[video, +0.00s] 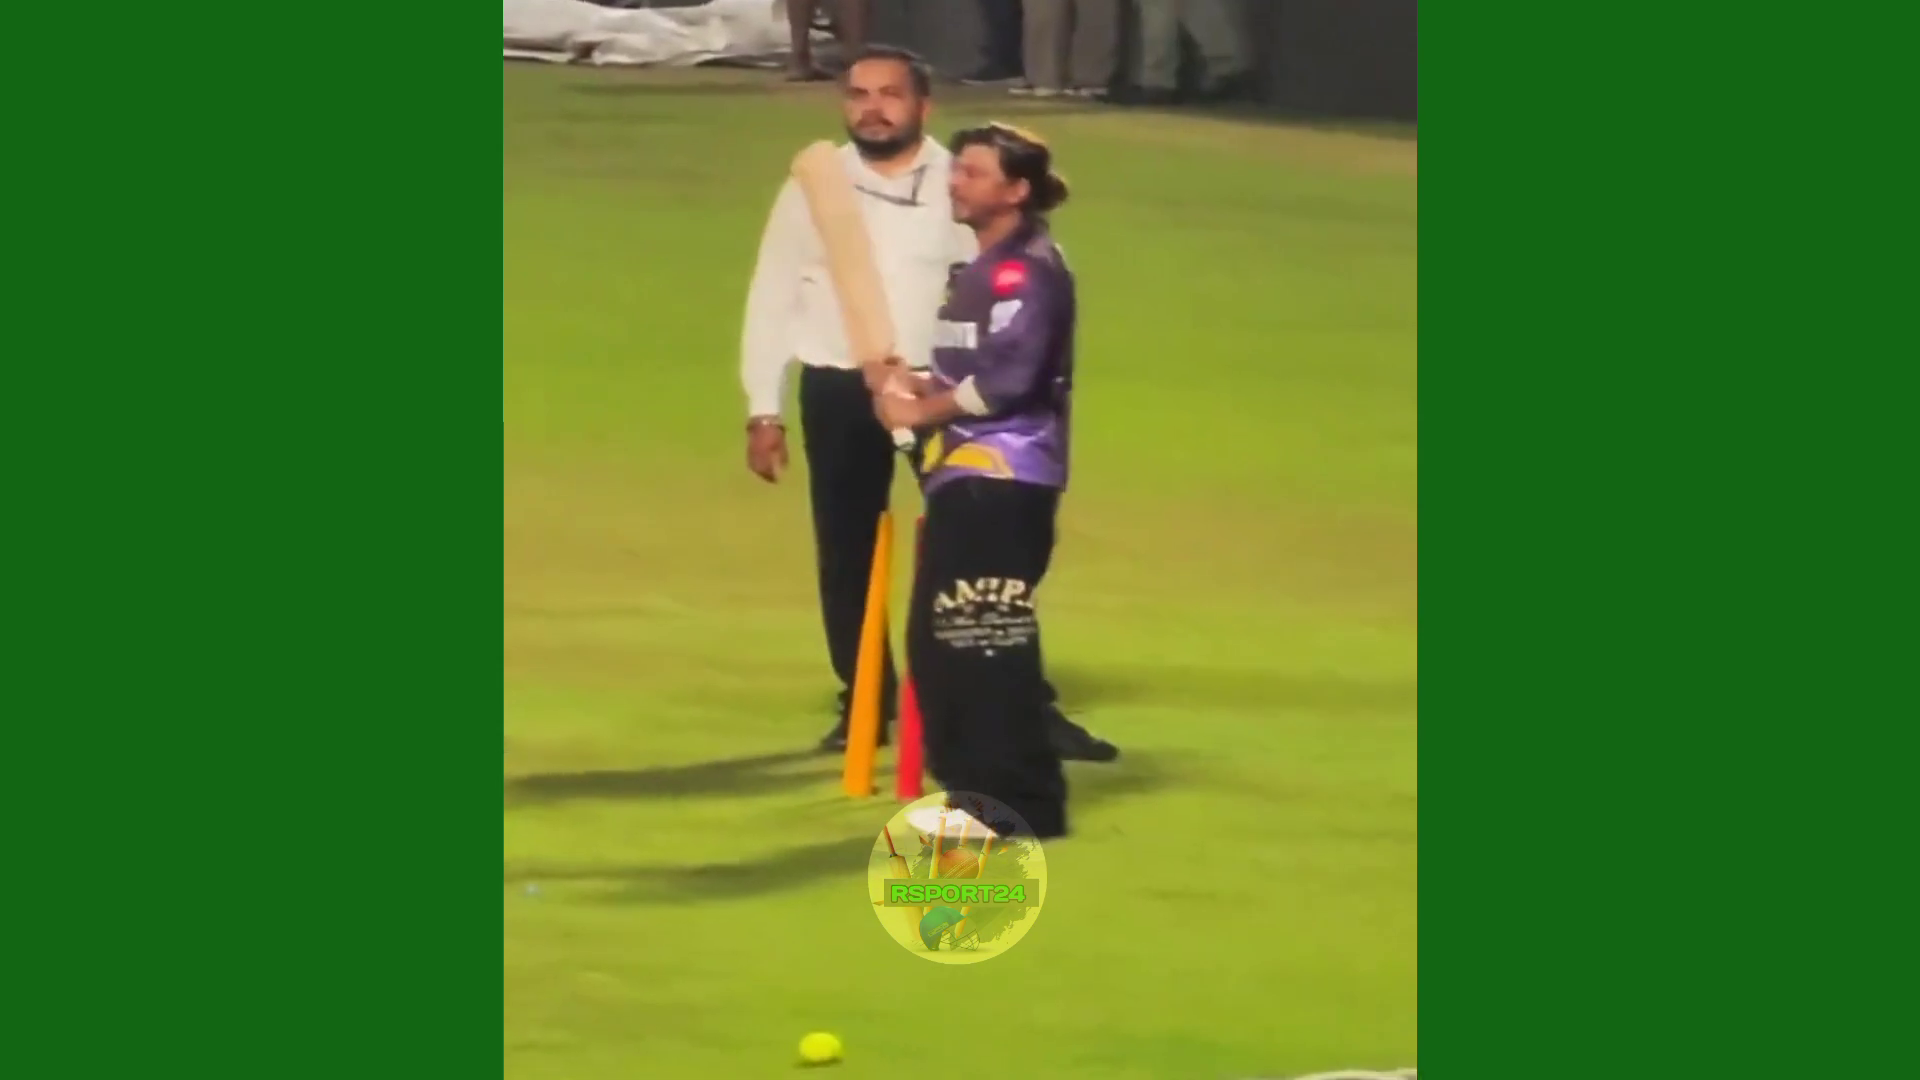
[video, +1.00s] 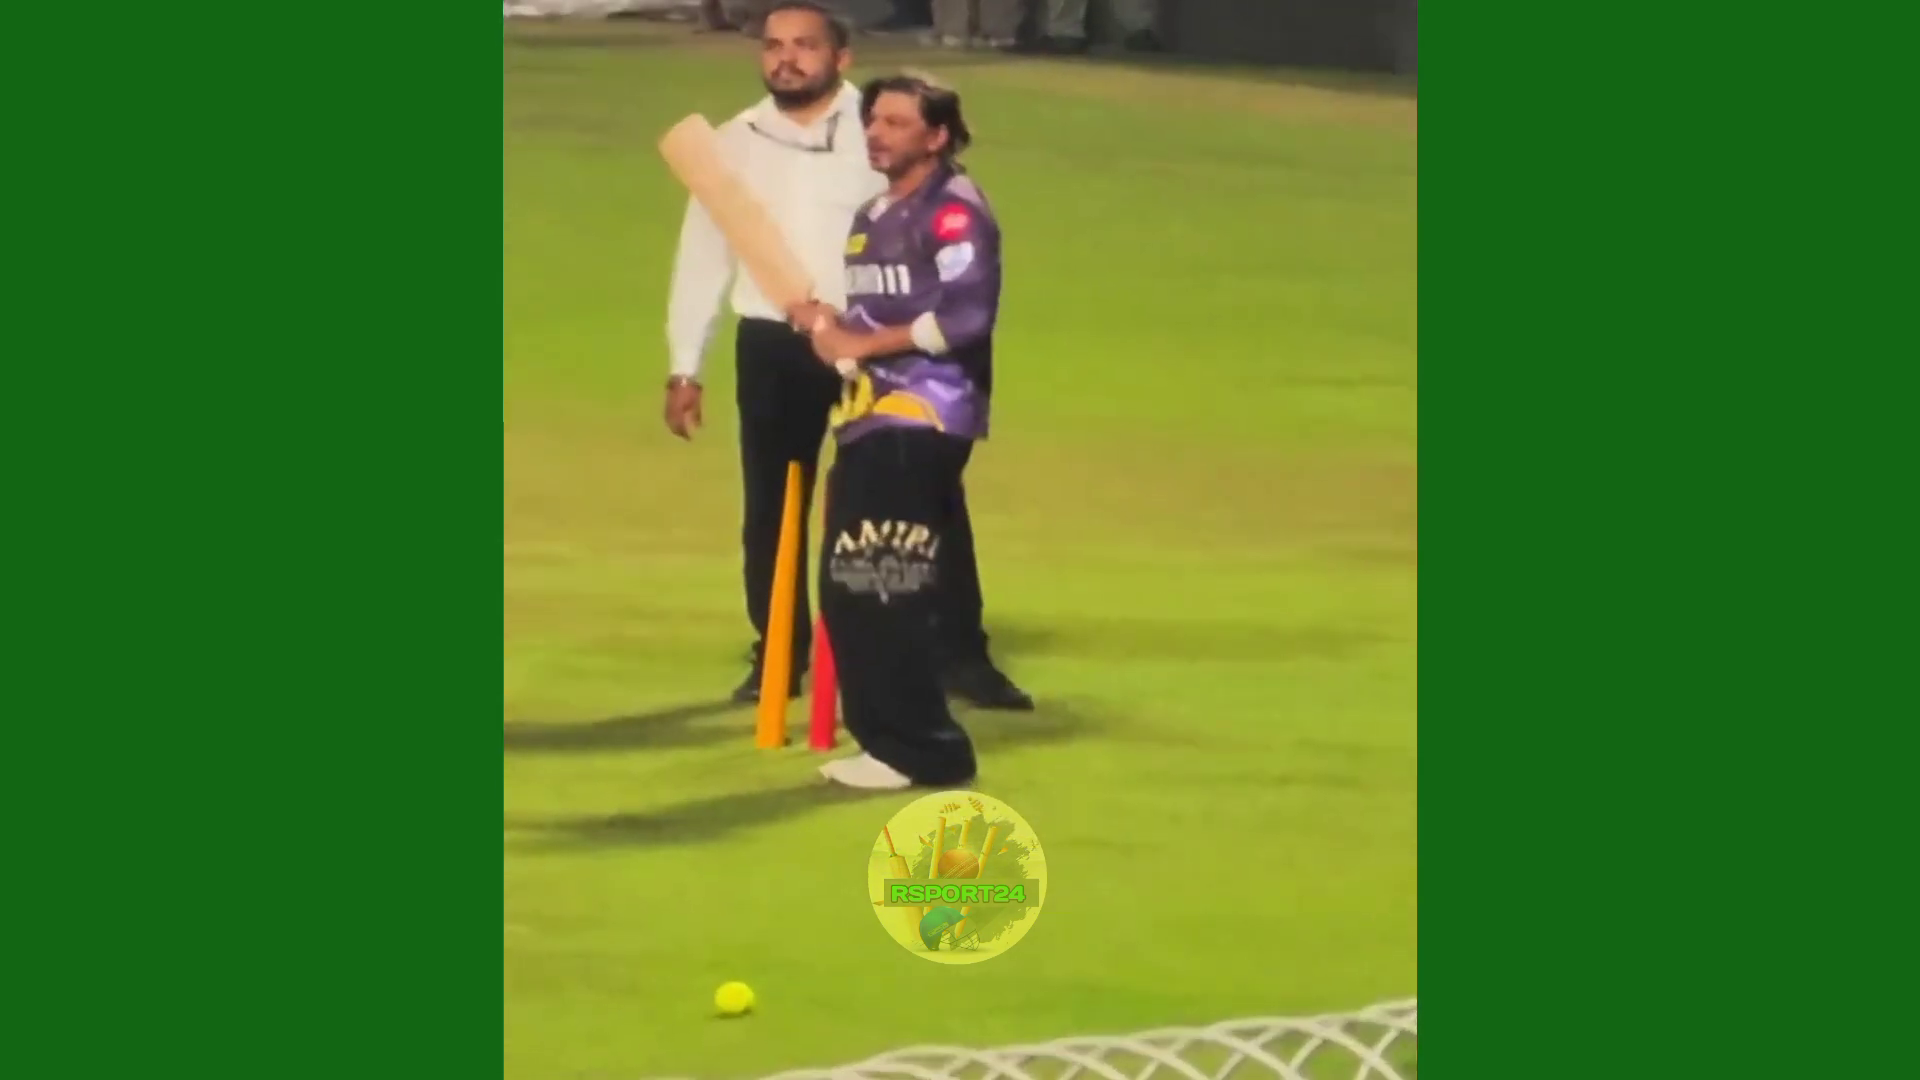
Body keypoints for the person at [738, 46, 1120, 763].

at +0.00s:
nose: (871, 109)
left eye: (888, 95)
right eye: (859, 95)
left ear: (922, 105)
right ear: (845, 103)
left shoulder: (958, 182)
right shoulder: (817, 181)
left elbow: (999, 299)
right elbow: (772, 295)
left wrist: (957, 392)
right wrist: (762, 409)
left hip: (939, 387)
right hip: (843, 388)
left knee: (982, 551)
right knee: (846, 554)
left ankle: (1029, 706)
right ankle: (863, 703)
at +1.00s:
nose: (785, 58)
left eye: (802, 45)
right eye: (774, 46)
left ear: (839, 56)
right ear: (761, 56)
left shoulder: (880, 133)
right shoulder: (736, 143)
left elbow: (944, 236)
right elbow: (702, 257)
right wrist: (685, 368)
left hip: (874, 345)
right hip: (775, 345)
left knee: (932, 506)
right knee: (772, 510)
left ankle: (962, 656)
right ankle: (778, 656)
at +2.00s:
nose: (888, 63)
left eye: (906, 51)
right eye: (877, 49)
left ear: (938, 64)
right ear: (861, 56)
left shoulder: (960, 143)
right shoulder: (818, 139)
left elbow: (1000, 260)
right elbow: (764, 235)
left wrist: (975, 372)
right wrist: (758, 336)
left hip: (936, 352)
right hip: (837, 352)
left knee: (981, 519)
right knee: (819, 521)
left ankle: (1021, 669)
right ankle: (794, 666)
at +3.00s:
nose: (852, 118)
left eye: (870, 104)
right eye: (839, 104)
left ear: (902, 113)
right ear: (823, 112)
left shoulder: (934, 188)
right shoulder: (786, 190)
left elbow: (989, 285)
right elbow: (732, 264)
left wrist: (965, 394)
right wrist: (758, 353)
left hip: (916, 402)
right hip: (814, 402)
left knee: (963, 572)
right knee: (791, 568)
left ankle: (993, 725)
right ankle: (771, 715)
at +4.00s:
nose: (806, 167)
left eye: (822, 153)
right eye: (790, 154)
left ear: (844, 160)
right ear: (768, 164)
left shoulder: (886, 233)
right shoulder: (731, 241)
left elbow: (944, 330)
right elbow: (666, 316)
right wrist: (695, 412)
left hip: (867, 453)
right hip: (761, 455)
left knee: (907, 616)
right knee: (739, 624)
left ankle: (926, 775)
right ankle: (715, 772)